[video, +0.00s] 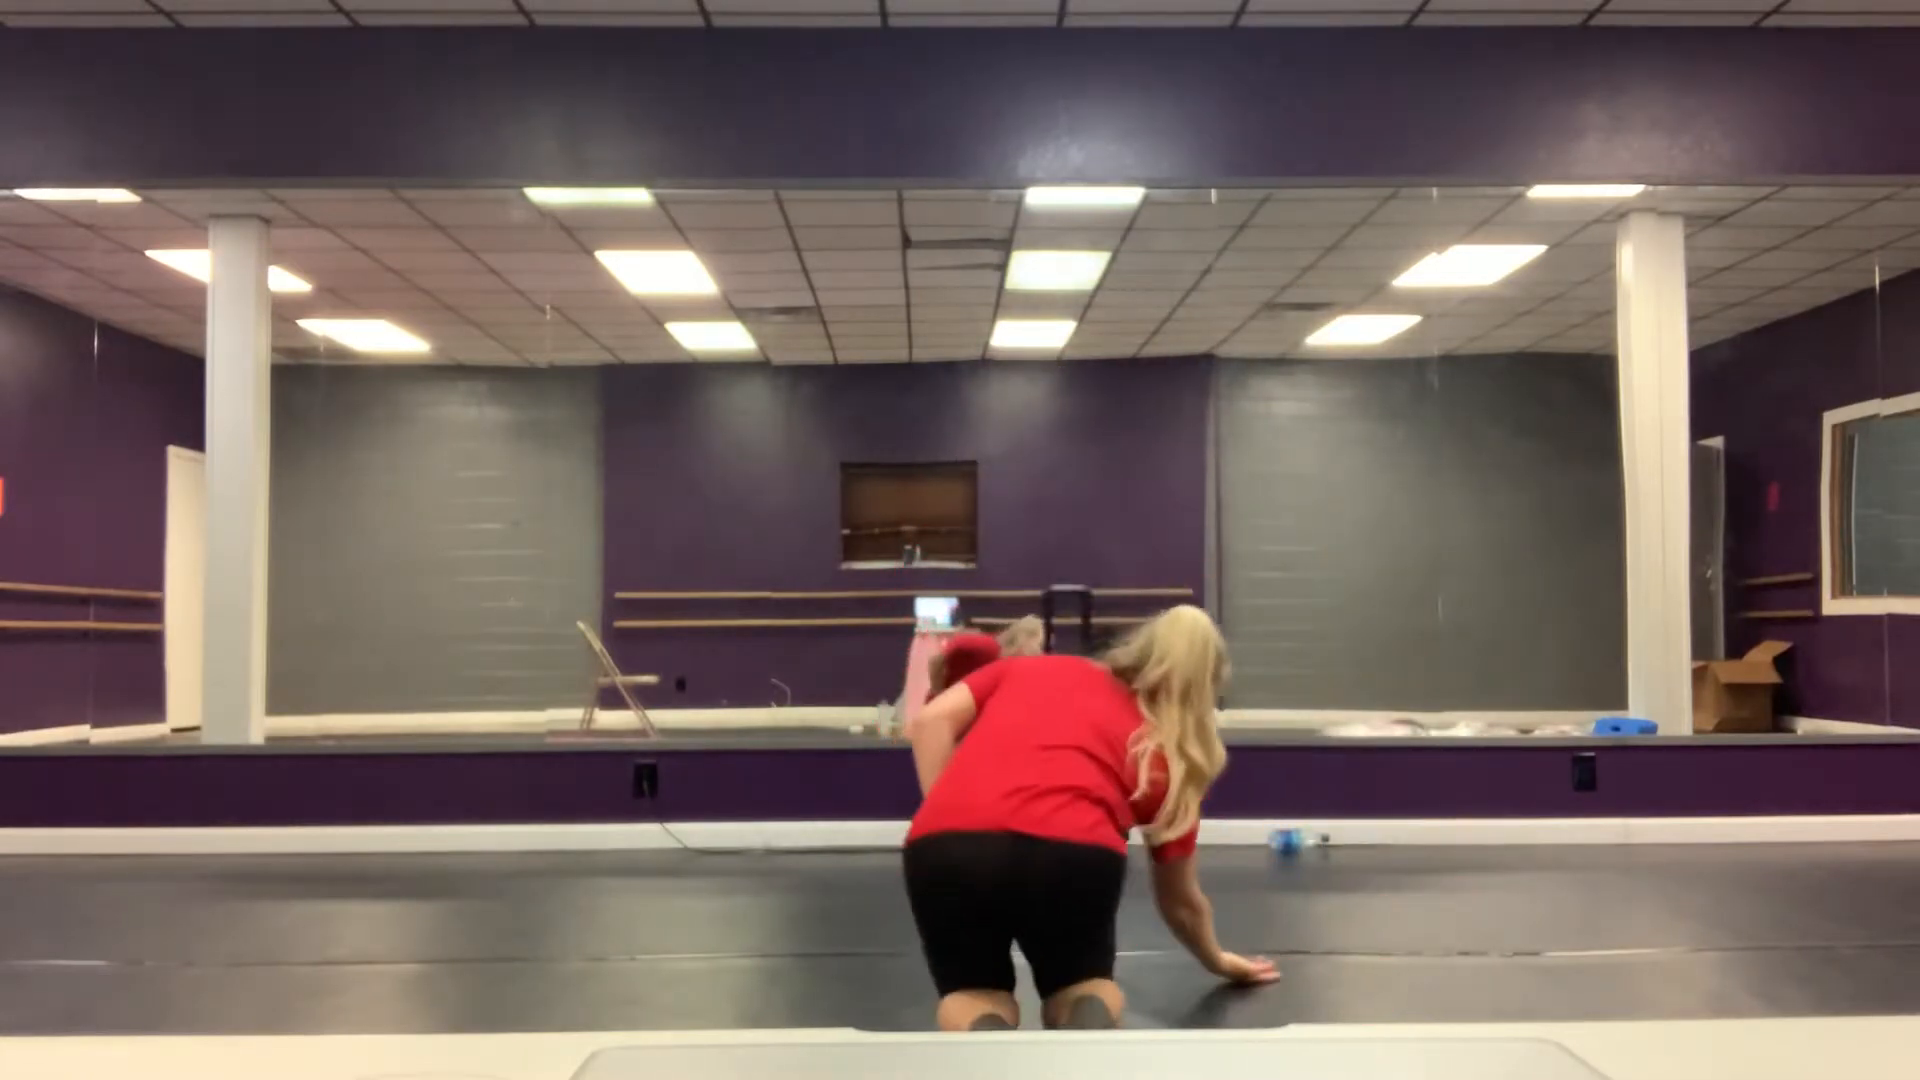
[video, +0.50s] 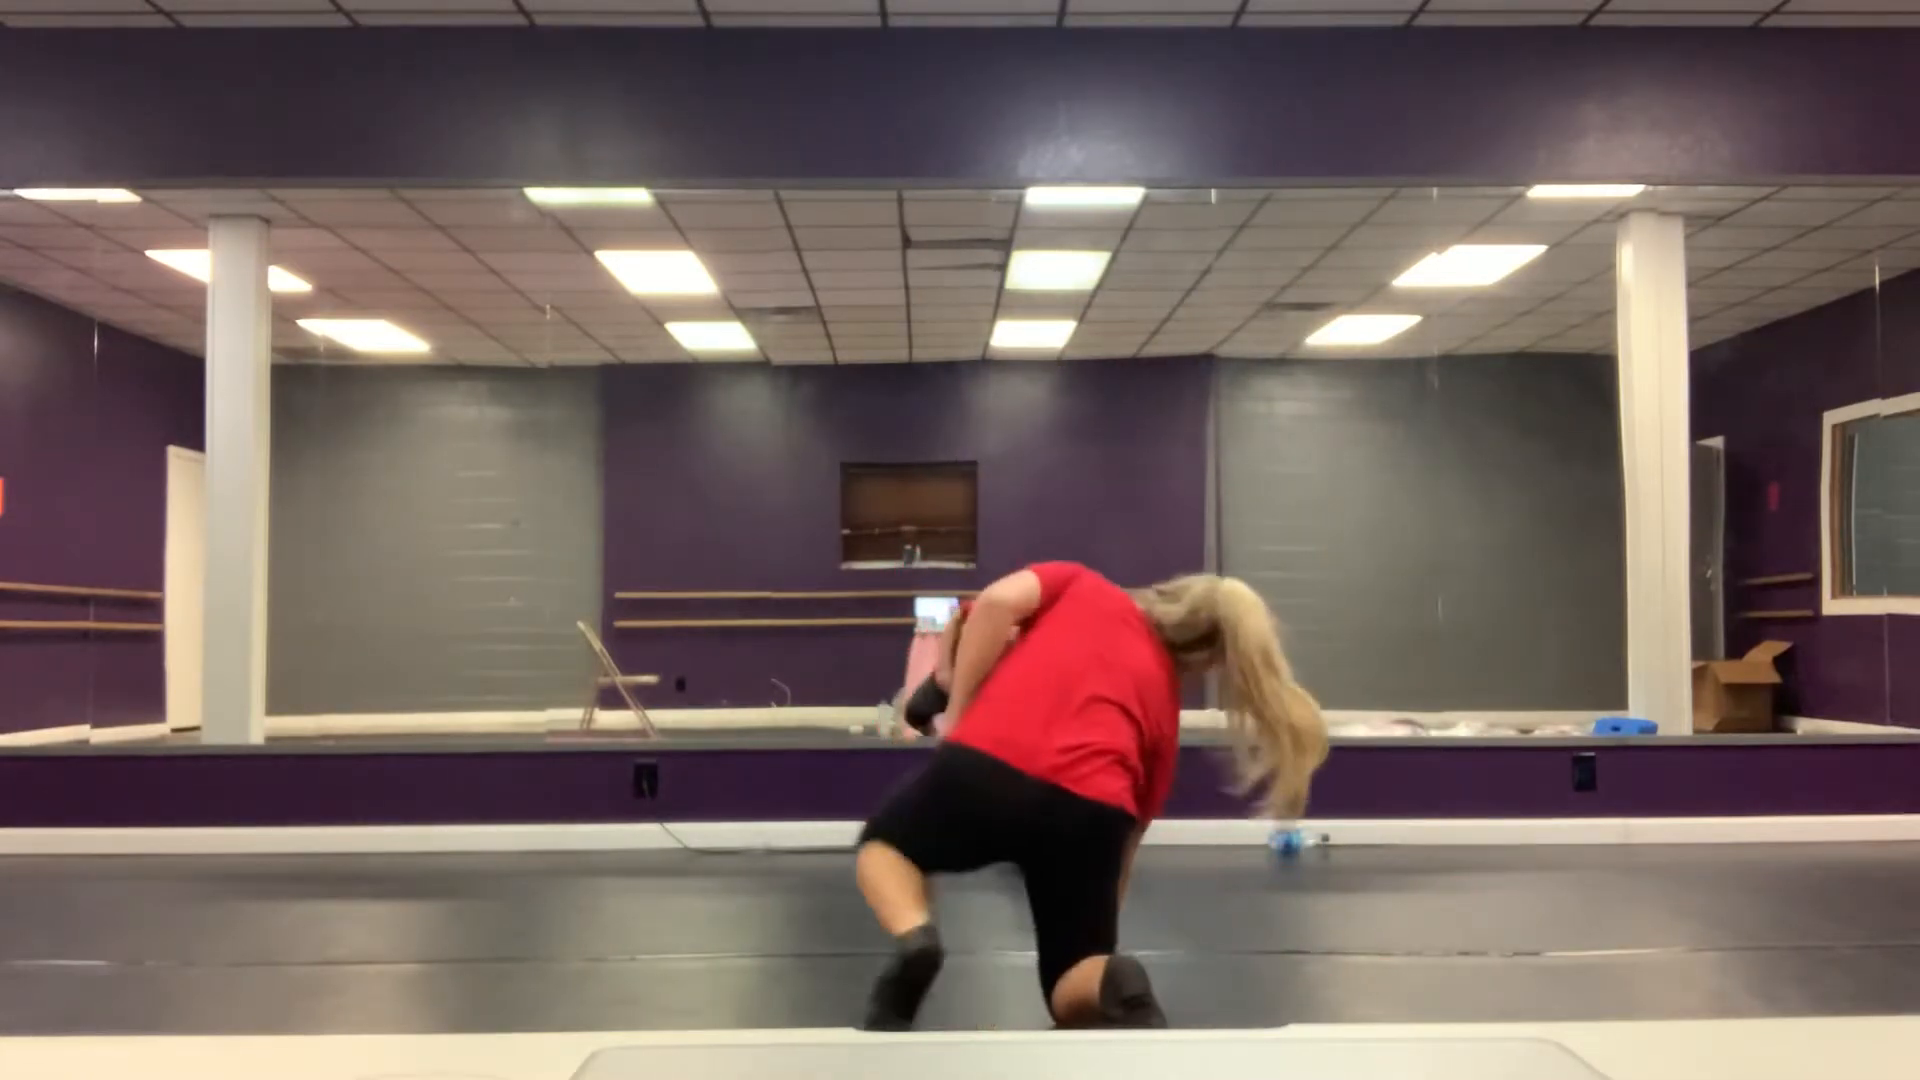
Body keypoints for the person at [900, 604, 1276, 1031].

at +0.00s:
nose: (1212, 698)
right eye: (1212, 684)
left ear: (1135, 651)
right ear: (1199, 684)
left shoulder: (1024, 668)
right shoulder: (1164, 742)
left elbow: (931, 722)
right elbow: (1179, 900)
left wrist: (950, 822)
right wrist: (1217, 960)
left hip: (947, 848)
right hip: (1073, 856)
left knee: (974, 989)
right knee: (1080, 985)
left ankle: (981, 1037)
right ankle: (1090, 1021)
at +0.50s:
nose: (1204, 677)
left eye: (1210, 669)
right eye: (1208, 666)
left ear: (1163, 596)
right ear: (1200, 651)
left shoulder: (1081, 582)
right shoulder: (1165, 710)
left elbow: (995, 604)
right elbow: (1122, 847)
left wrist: (958, 715)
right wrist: (1098, 943)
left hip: (985, 770)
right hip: (1088, 818)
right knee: (1069, 992)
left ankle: (914, 936)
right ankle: (1114, 982)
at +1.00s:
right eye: (1104, 526)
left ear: (1019, 485)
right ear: (1088, 526)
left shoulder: (942, 516)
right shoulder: (1081, 600)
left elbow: (894, 574)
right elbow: (1136, 702)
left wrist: (820, 703)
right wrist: (1153, 830)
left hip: (899, 783)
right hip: (1005, 807)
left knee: (775, 781)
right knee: (1068, 995)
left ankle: (773, 986)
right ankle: (1216, 1015)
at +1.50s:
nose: (1005, 497)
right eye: (1000, 480)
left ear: (910, 465)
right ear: (986, 488)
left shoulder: (838, 537)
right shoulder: (980, 575)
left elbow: (784, 654)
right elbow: (1086, 616)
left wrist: (714, 771)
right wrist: (1198, 645)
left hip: (816, 794)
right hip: (922, 799)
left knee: (699, 815)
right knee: (1037, 944)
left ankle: (768, 985)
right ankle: (1231, 1023)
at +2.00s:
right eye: (965, 494)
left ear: (881, 471)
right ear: (953, 500)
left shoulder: (829, 541)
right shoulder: (935, 565)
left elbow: (800, 659)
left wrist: (730, 786)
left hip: (812, 797)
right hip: (911, 796)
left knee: (683, 803)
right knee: (1030, 927)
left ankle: (770, 984)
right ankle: (1226, 1015)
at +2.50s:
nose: (948, 511)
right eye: (944, 495)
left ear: (860, 473)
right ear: (929, 497)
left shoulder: (816, 548)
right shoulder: (913, 566)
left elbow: (798, 669)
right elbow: (907, 674)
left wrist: (732, 798)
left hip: (816, 805)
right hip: (909, 801)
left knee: (677, 808)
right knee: (1028, 931)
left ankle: (769, 985)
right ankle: (1224, 1015)